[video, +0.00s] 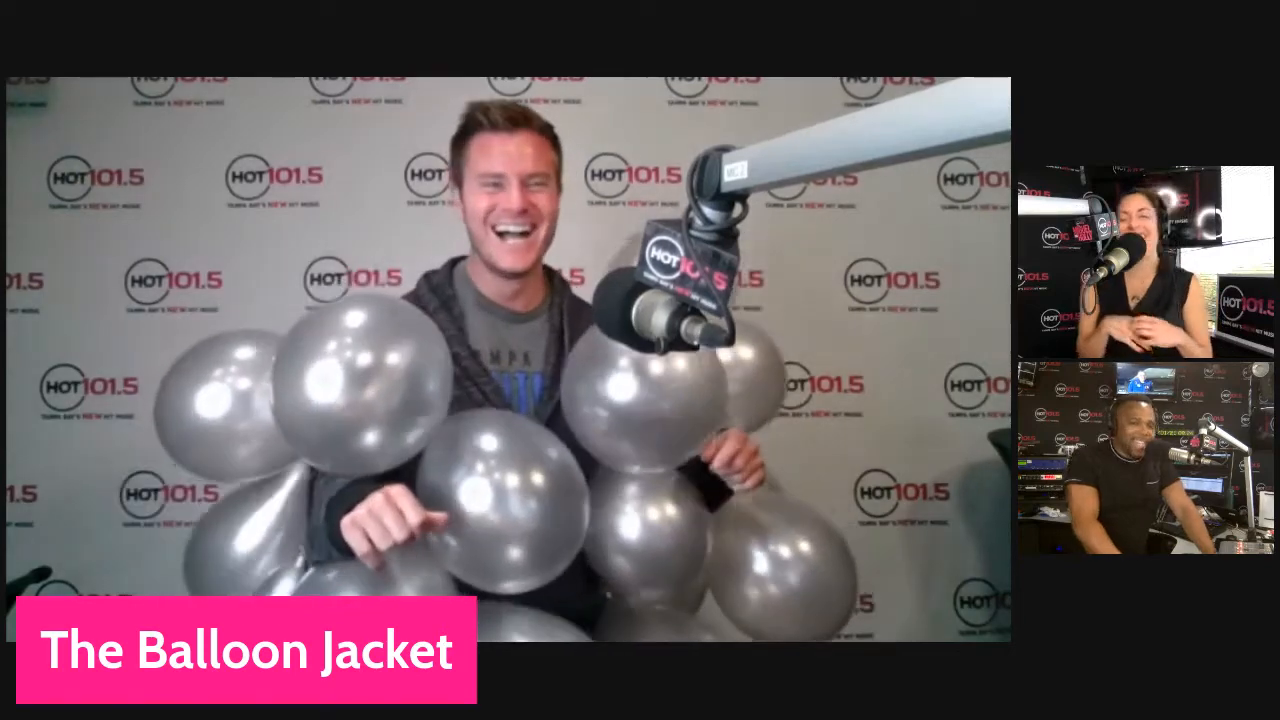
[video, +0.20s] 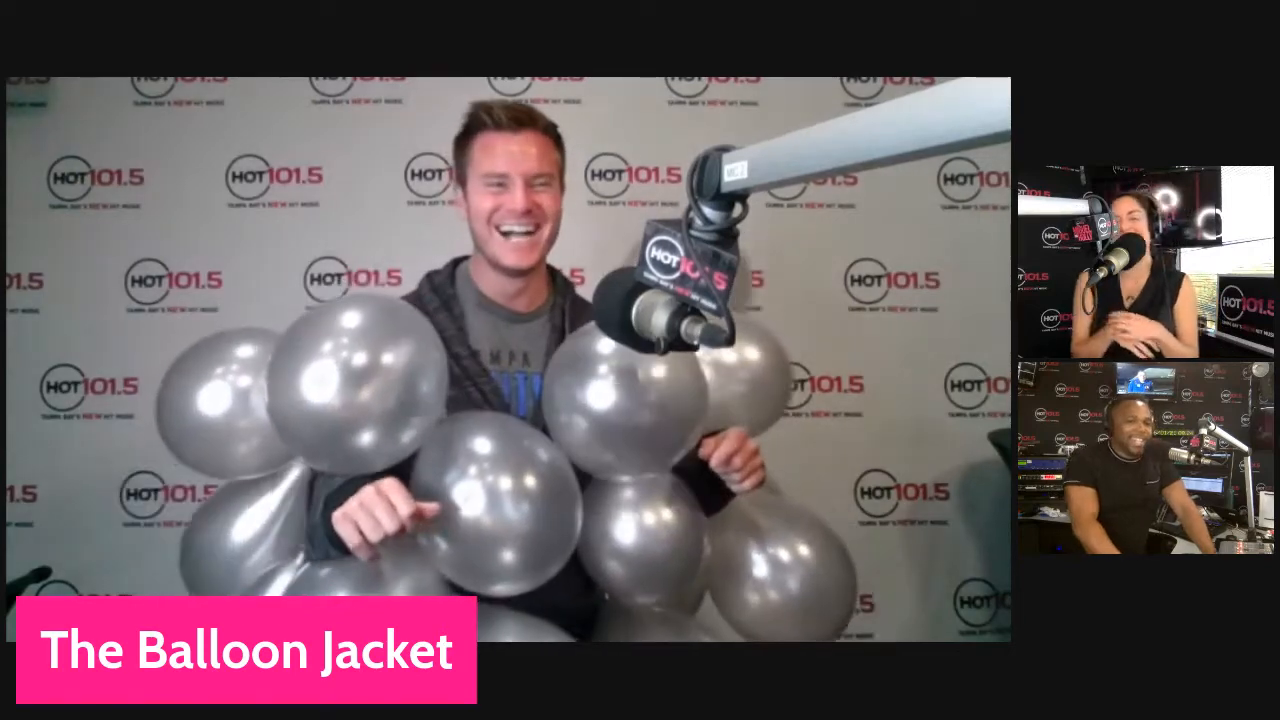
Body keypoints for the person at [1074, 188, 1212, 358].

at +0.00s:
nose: (1133, 225)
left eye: (1143, 216)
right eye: (1123, 218)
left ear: (1160, 224)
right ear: (1116, 228)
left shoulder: (1186, 284)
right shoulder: (1098, 285)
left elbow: (1206, 358)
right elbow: (1086, 356)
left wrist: (1180, 337)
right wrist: (1106, 325)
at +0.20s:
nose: (1124, 228)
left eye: (1134, 218)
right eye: (1115, 221)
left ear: (1152, 226)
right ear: (1107, 230)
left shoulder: (1178, 284)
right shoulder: (1090, 281)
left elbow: (1191, 356)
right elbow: (1078, 352)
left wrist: (1157, 331)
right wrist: (1110, 332)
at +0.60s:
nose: (1101, 230)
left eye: (1107, 220)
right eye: (1096, 221)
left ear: (1128, 223)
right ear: (1088, 225)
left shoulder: (1160, 281)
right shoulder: (1077, 282)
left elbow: (1178, 353)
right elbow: (1066, 354)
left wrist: (1153, 333)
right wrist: (1090, 330)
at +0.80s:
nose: (1087, 244)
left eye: (1096, 232)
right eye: (1080, 233)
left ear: (1115, 234)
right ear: (1074, 238)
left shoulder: (1155, 285)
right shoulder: (1070, 287)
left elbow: (1168, 353)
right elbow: (1064, 353)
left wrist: (1137, 334)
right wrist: (1096, 337)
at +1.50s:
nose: (1109, 239)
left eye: (1116, 229)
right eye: (1102, 230)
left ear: (1135, 227)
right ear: (1093, 236)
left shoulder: (1171, 281)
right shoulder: (1087, 287)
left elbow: (1188, 352)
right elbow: (1083, 356)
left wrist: (1156, 341)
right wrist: (1108, 345)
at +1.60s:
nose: (1124, 237)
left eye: (1131, 226)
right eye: (1114, 230)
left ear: (1148, 228)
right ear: (1104, 240)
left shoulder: (1182, 283)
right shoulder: (1097, 286)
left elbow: (1199, 353)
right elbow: (1091, 357)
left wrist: (1171, 342)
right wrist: (1111, 343)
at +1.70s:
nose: (1137, 233)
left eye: (1145, 222)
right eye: (1126, 227)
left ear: (1163, 225)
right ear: (1118, 235)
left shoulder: (1194, 283)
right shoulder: (1106, 287)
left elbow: (1213, 354)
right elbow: (1101, 357)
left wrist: (1185, 343)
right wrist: (1121, 342)